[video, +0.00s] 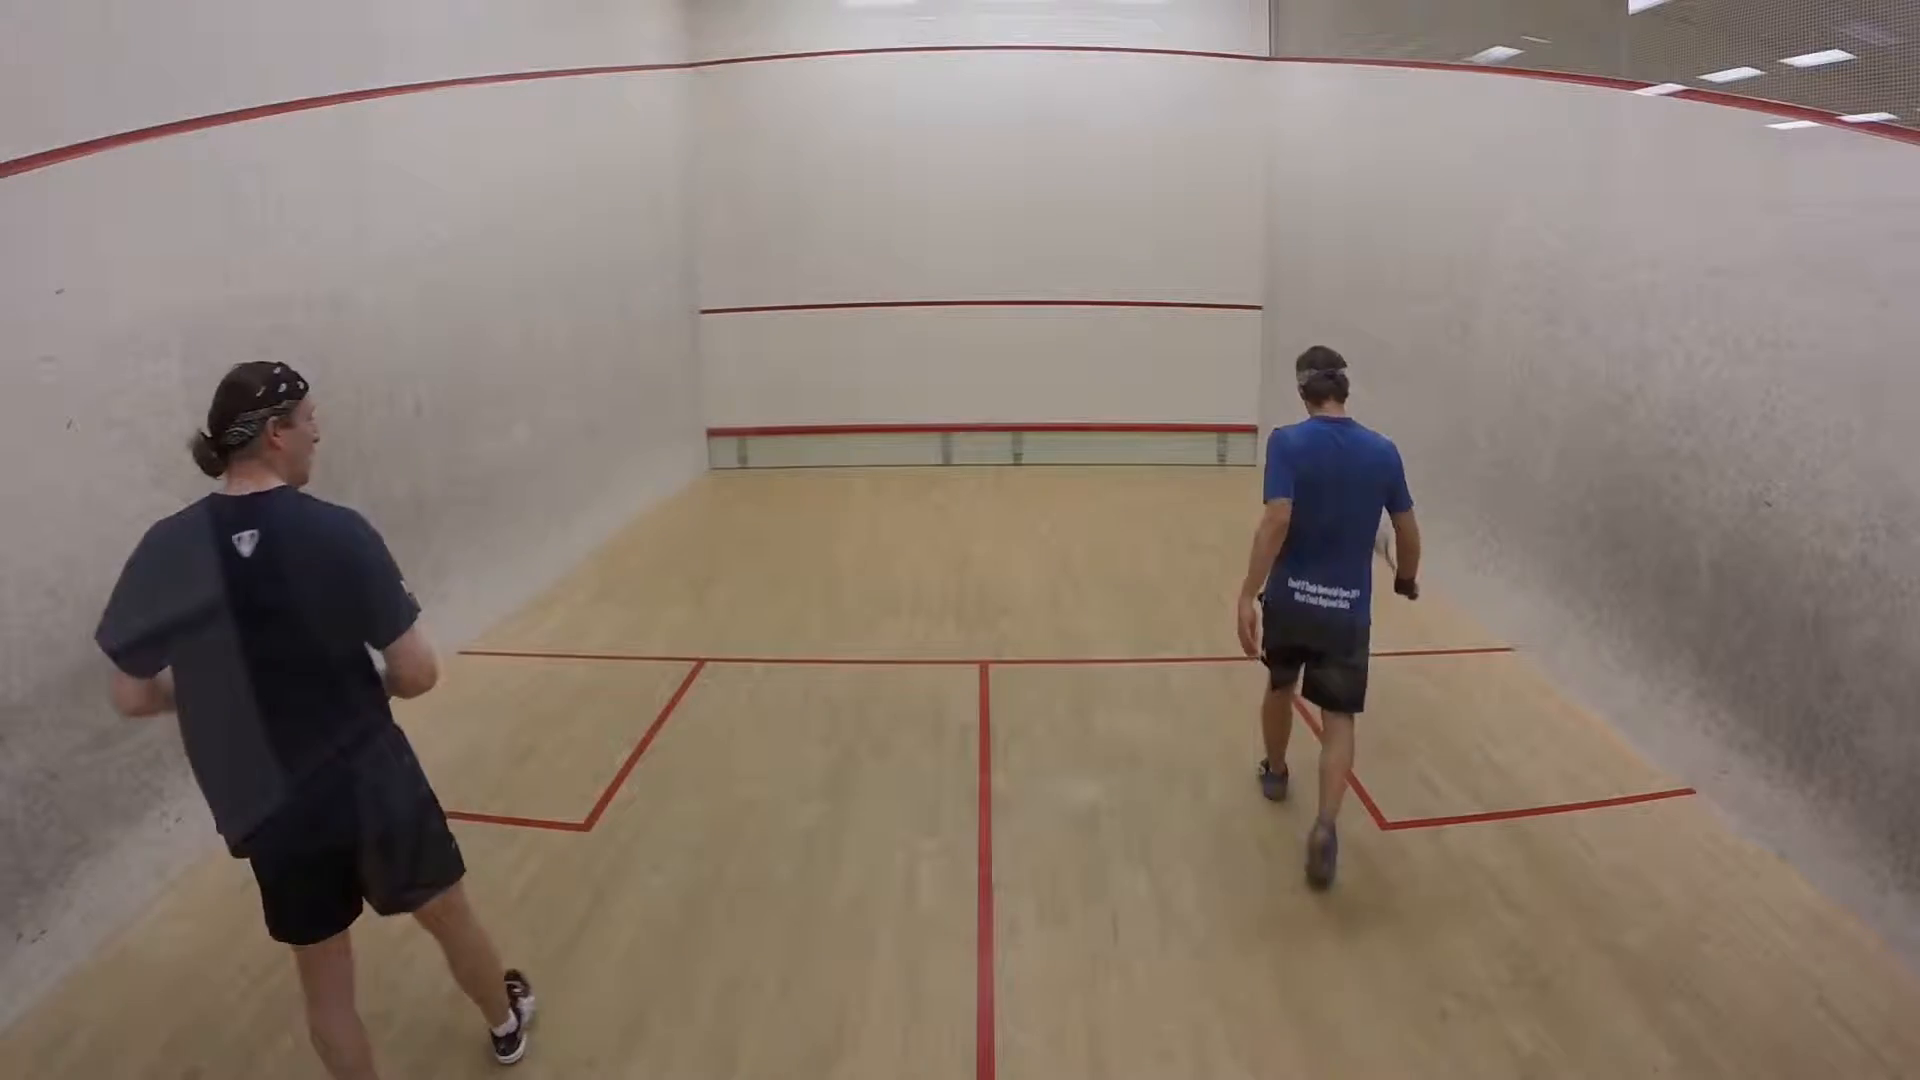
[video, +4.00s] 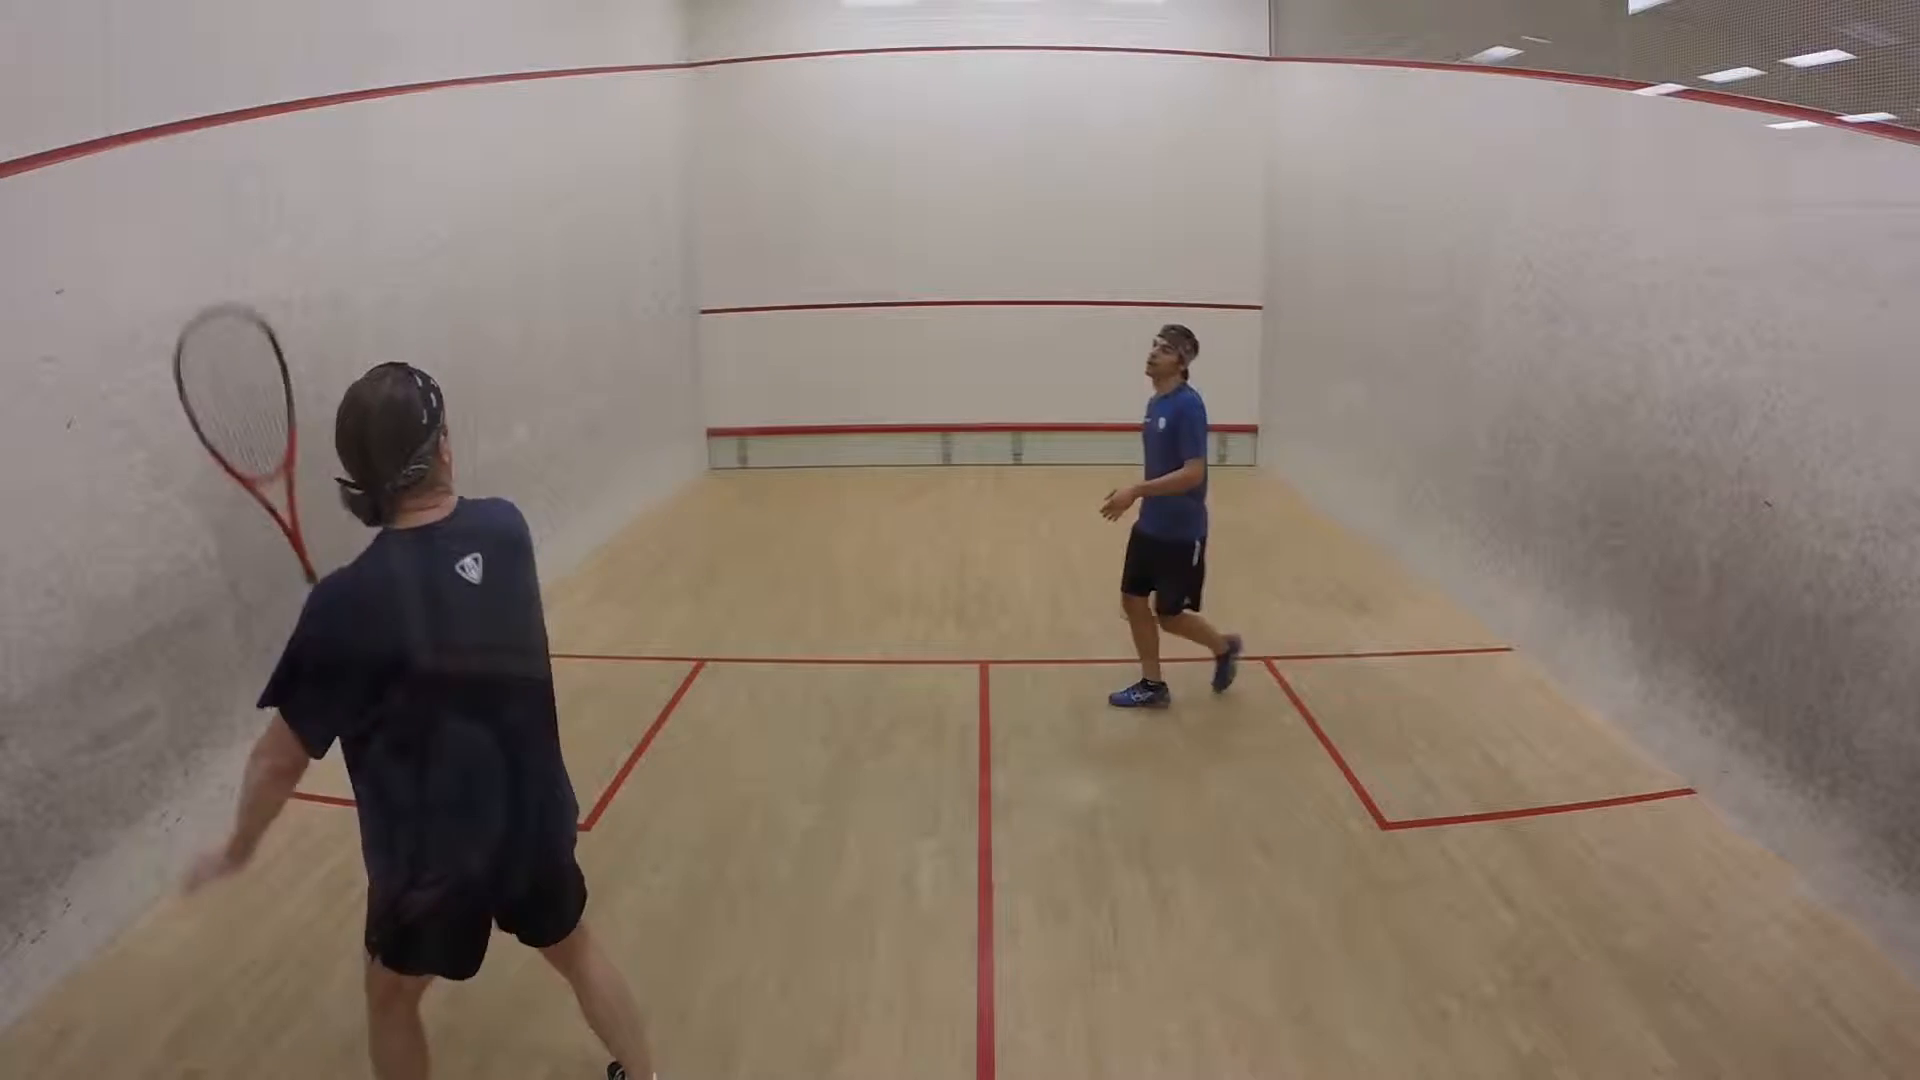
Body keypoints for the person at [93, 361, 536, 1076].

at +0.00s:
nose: (317, 437)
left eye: (314, 422)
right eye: (309, 423)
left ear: (227, 440)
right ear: (273, 435)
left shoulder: (166, 547)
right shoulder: (335, 531)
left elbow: (132, 696)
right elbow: (417, 672)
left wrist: (206, 677)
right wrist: (373, 676)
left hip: (263, 804)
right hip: (368, 776)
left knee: (325, 978)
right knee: (447, 912)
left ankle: (360, 1076)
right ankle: (505, 1024)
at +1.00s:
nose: (499, 446)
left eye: (498, 435)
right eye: (494, 437)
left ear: (406, 431)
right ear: (474, 444)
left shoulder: (331, 517)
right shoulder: (472, 521)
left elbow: (294, 644)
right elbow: (572, 476)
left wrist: (380, 625)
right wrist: (502, 451)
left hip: (412, 801)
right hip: (509, 792)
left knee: (423, 952)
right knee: (572, 958)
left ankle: (435, 1070)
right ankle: (632, 1072)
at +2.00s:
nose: (472, 416)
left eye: (467, 400)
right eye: (459, 404)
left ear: (390, 424)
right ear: (414, 421)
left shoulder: (319, 525)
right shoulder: (459, 525)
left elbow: (301, 658)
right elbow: (554, 665)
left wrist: (366, 603)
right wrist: (526, 611)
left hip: (407, 794)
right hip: (502, 782)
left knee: (420, 953)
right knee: (571, 948)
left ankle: (435, 1070)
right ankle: (631, 1071)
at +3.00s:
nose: (470, 411)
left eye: (465, 396)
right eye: (461, 399)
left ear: (382, 421)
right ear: (426, 420)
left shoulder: (324, 528)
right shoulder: (469, 525)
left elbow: (307, 675)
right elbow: (547, 676)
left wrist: (357, 756)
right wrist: (519, 627)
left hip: (402, 783)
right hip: (502, 775)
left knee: (420, 952)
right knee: (572, 949)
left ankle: (438, 1069)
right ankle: (631, 1071)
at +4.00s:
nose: (453, 440)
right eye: (448, 430)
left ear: (356, 477)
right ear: (444, 452)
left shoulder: (346, 602)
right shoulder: (505, 531)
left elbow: (280, 756)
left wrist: (238, 847)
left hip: (424, 858)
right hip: (531, 825)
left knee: (394, 1003)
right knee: (580, 953)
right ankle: (641, 1070)